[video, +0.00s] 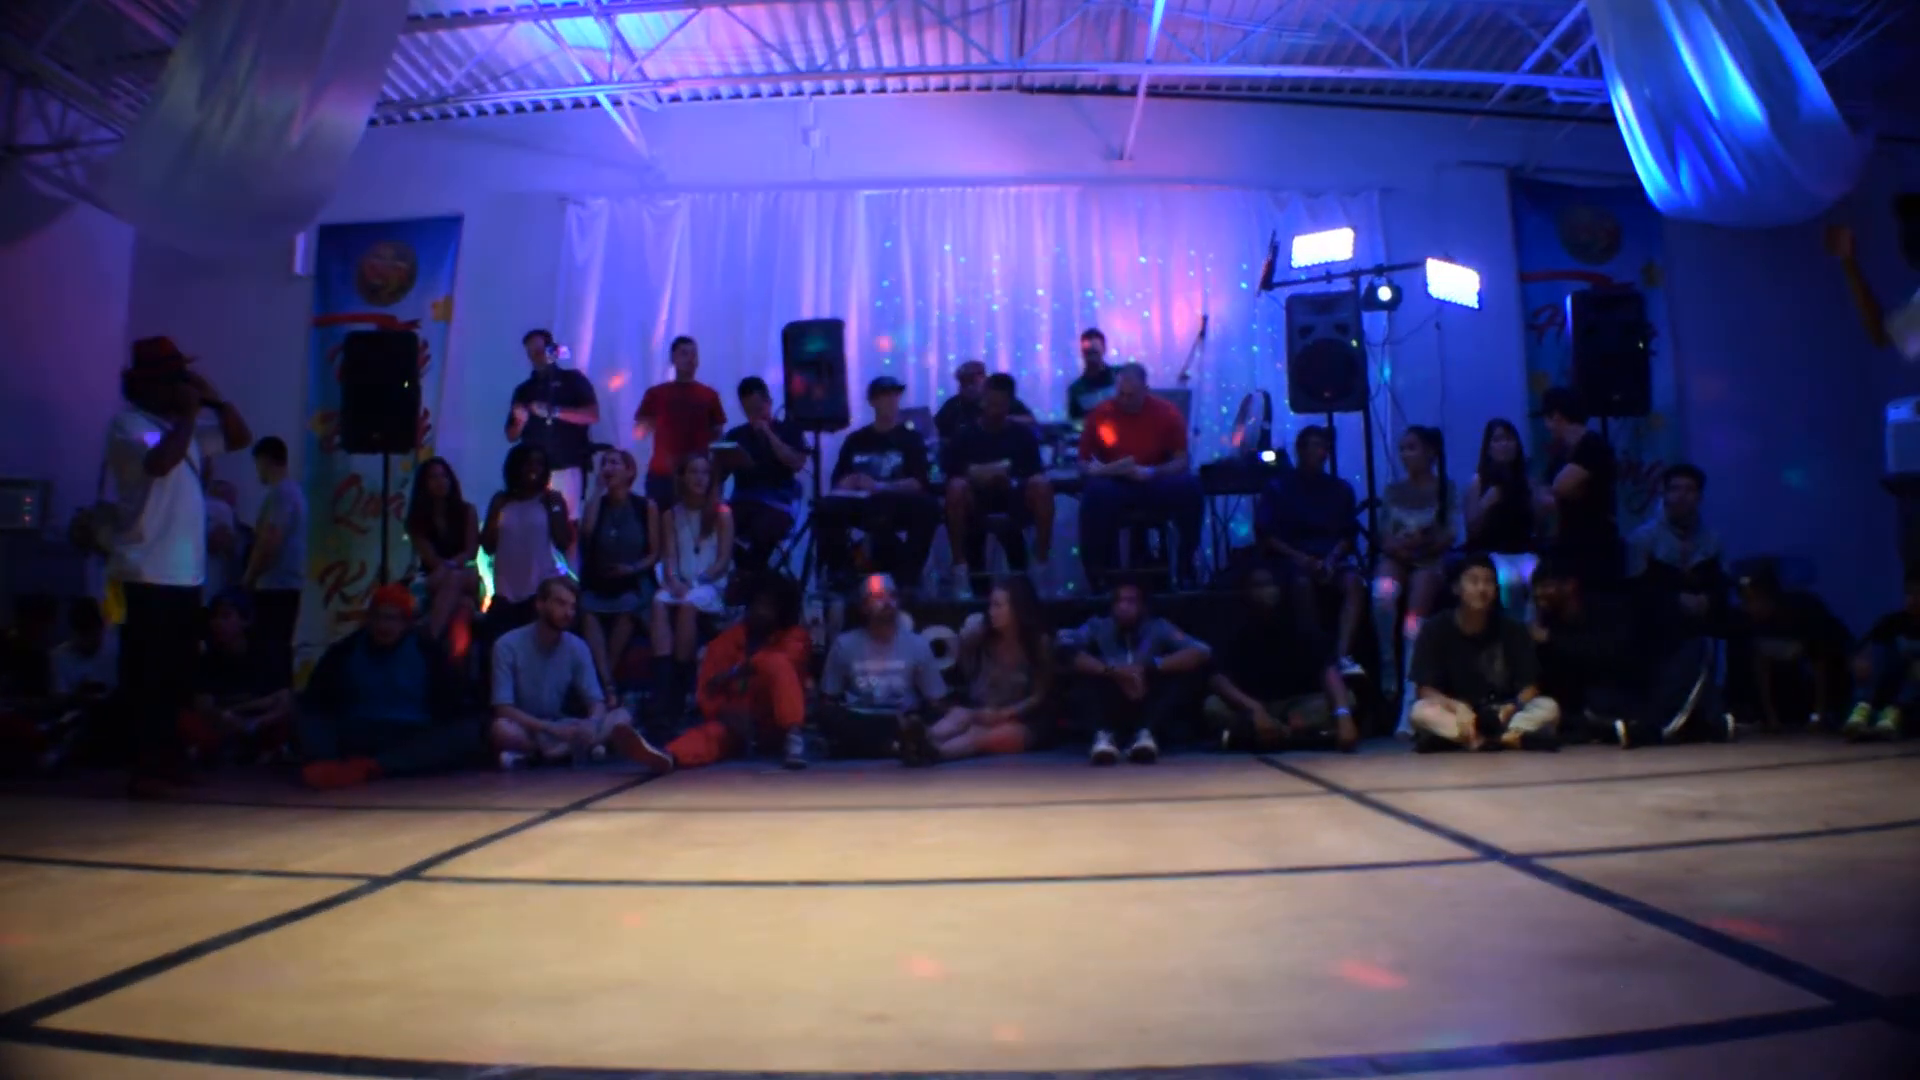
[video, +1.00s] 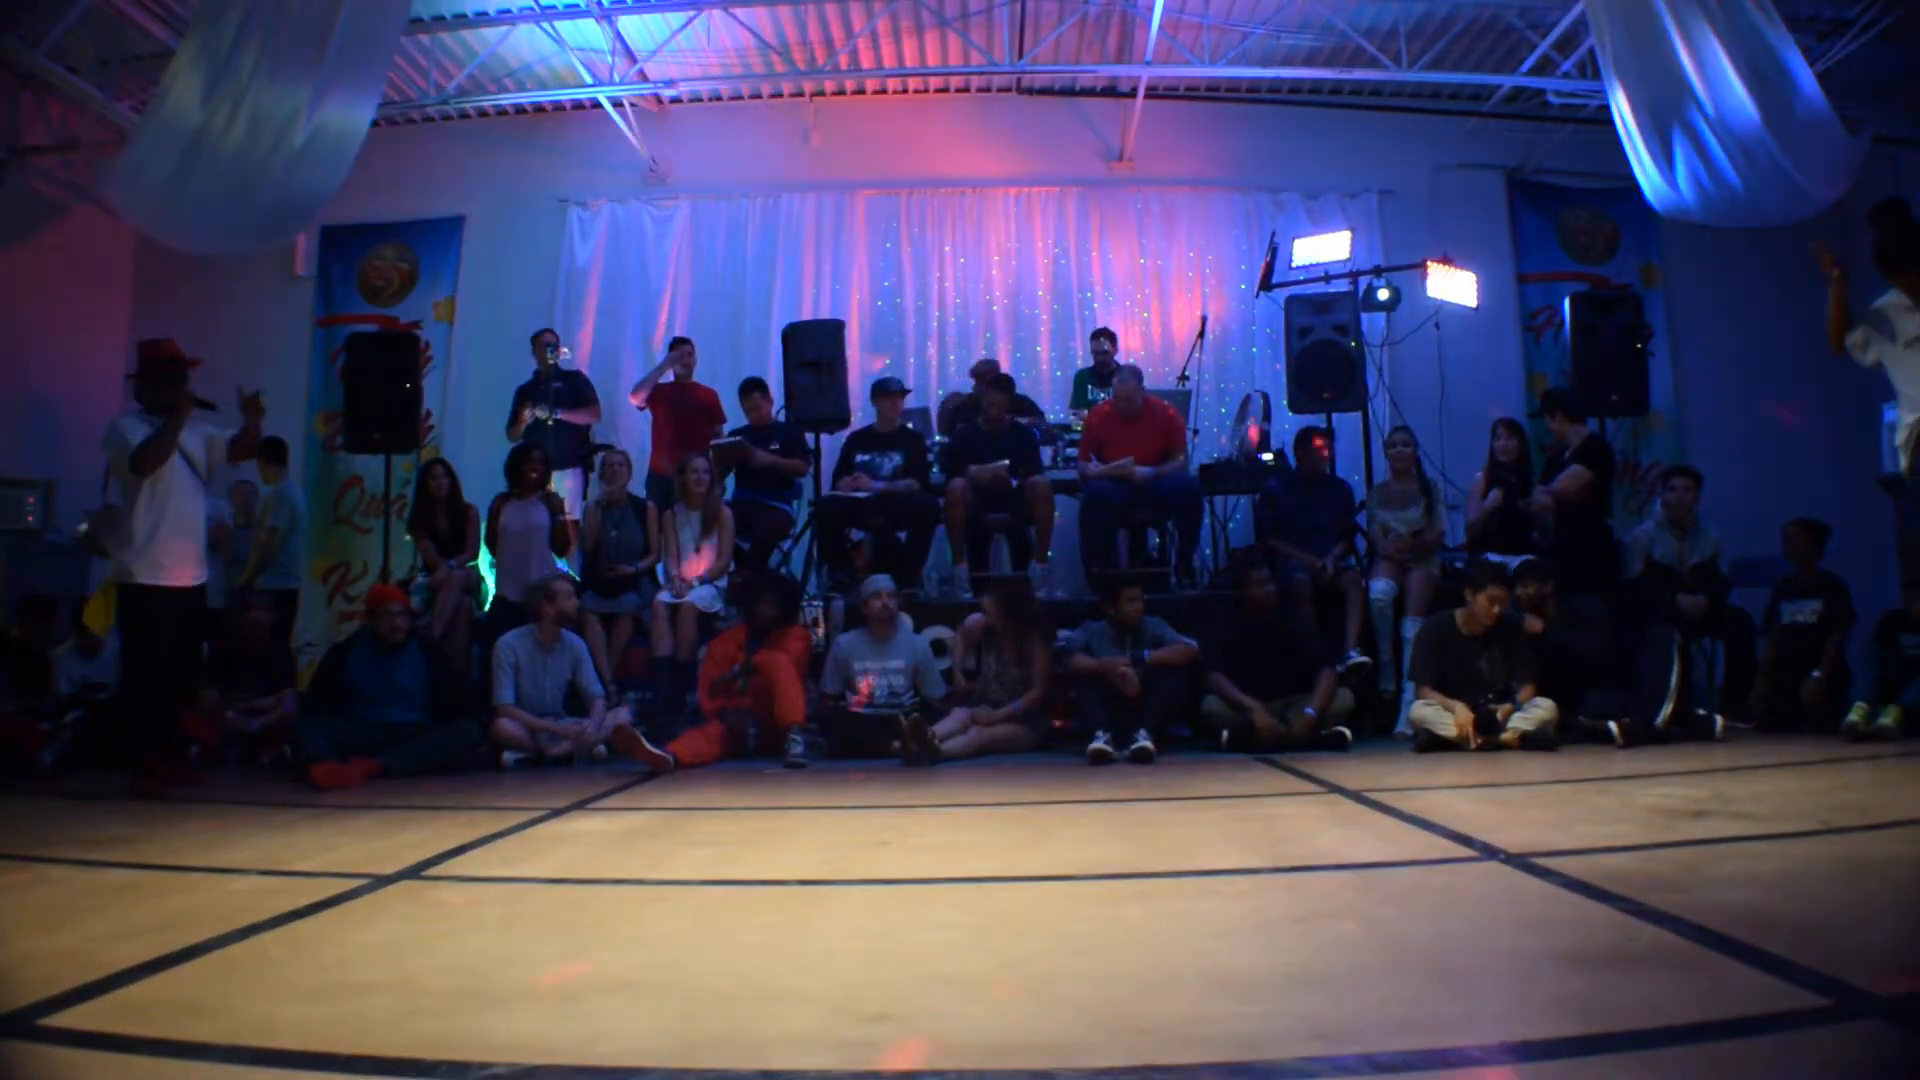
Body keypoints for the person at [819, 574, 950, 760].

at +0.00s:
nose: (886, 603)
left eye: (891, 596)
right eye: (878, 598)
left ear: (897, 601)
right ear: (864, 605)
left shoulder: (916, 645)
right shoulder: (845, 645)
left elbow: (937, 702)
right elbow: (829, 701)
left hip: (908, 721)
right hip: (862, 722)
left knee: (964, 714)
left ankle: (925, 747)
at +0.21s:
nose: (887, 603)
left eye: (892, 596)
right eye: (879, 597)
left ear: (898, 602)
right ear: (865, 607)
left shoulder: (917, 645)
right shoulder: (845, 645)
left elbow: (936, 703)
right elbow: (828, 701)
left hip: (906, 717)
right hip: (862, 718)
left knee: (964, 714)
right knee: (832, 719)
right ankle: (894, 745)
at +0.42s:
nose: (887, 603)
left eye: (891, 597)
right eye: (879, 597)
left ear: (898, 602)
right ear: (865, 606)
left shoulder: (915, 644)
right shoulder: (844, 644)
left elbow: (935, 699)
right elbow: (829, 698)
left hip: (904, 714)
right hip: (861, 715)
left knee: (963, 714)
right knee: (831, 718)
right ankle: (894, 745)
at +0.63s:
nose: (887, 603)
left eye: (891, 596)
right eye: (878, 597)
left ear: (898, 602)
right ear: (865, 607)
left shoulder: (916, 644)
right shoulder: (845, 644)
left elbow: (935, 701)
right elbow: (829, 700)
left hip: (903, 716)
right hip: (860, 717)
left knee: (960, 715)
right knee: (832, 719)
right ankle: (894, 746)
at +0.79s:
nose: (887, 603)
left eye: (891, 596)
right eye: (878, 597)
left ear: (898, 602)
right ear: (865, 606)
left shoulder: (915, 644)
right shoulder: (845, 645)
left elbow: (936, 700)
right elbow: (828, 698)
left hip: (904, 716)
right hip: (860, 717)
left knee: (961, 714)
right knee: (832, 719)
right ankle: (894, 746)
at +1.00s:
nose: (885, 603)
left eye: (890, 596)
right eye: (877, 597)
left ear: (897, 602)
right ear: (864, 606)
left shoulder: (916, 645)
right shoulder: (844, 645)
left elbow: (937, 700)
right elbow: (828, 699)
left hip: (905, 718)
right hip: (861, 719)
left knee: (964, 715)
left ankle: (923, 740)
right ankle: (896, 746)